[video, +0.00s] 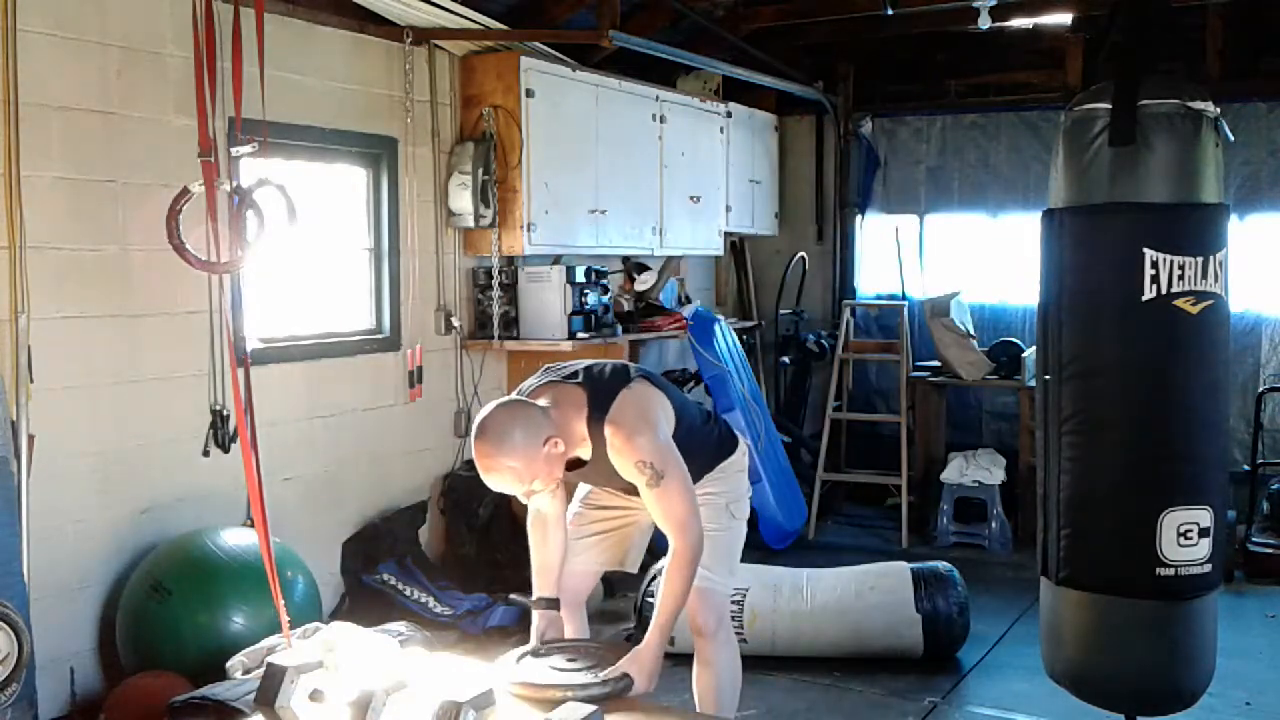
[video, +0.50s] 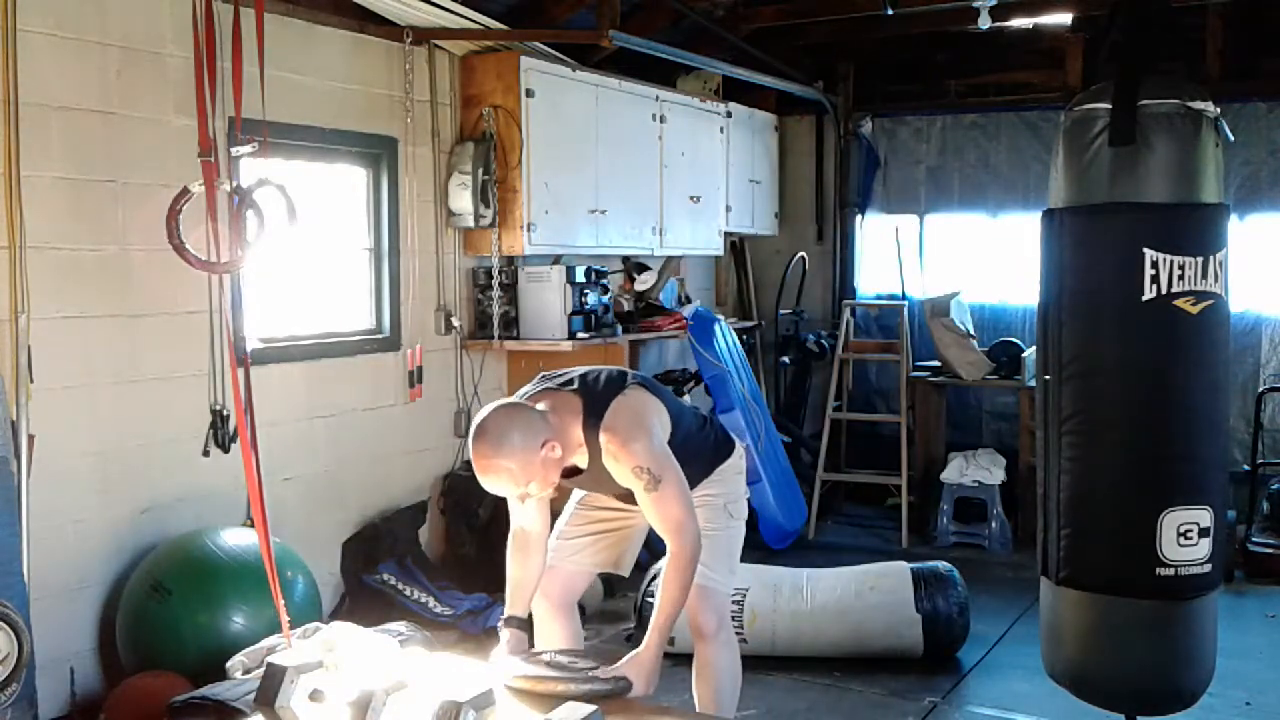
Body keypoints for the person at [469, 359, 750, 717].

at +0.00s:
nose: (527, 499)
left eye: (530, 486)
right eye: (516, 492)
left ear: (554, 447)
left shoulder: (634, 437)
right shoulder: (518, 413)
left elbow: (688, 543)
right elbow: (544, 511)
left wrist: (653, 646)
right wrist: (544, 608)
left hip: (705, 472)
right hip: (615, 475)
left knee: (705, 617)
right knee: (565, 595)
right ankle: (574, 710)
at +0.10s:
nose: (526, 501)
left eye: (529, 488)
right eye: (516, 494)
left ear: (551, 451)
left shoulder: (630, 437)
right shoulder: (519, 413)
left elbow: (686, 543)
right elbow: (538, 514)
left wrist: (651, 646)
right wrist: (536, 611)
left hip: (705, 472)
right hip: (615, 475)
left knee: (705, 619)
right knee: (562, 595)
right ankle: (579, 710)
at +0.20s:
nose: (524, 504)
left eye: (526, 491)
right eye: (514, 499)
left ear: (548, 454)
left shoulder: (627, 438)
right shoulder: (517, 416)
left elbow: (684, 542)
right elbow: (533, 519)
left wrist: (650, 647)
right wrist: (524, 617)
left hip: (705, 472)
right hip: (612, 476)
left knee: (705, 619)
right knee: (556, 597)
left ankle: (716, 718)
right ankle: (577, 712)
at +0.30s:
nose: (522, 505)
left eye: (524, 492)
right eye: (512, 499)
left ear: (545, 455)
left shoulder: (625, 439)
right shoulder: (517, 419)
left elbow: (685, 543)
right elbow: (527, 526)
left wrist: (650, 647)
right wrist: (516, 620)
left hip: (704, 472)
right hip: (611, 477)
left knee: (705, 619)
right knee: (553, 595)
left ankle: (716, 718)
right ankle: (575, 711)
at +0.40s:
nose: (523, 506)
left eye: (524, 493)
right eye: (512, 500)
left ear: (546, 456)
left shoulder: (626, 441)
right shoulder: (516, 422)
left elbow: (686, 543)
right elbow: (526, 531)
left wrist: (650, 648)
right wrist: (513, 622)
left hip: (703, 473)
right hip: (610, 477)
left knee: (705, 618)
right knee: (551, 595)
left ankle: (716, 717)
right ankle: (574, 711)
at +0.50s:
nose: (523, 501)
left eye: (526, 489)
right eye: (513, 494)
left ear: (550, 451)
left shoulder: (629, 440)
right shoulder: (514, 422)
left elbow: (685, 546)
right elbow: (526, 530)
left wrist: (651, 651)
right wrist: (513, 625)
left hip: (703, 474)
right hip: (611, 479)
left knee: (706, 619)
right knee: (549, 596)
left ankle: (716, 718)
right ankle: (573, 711)